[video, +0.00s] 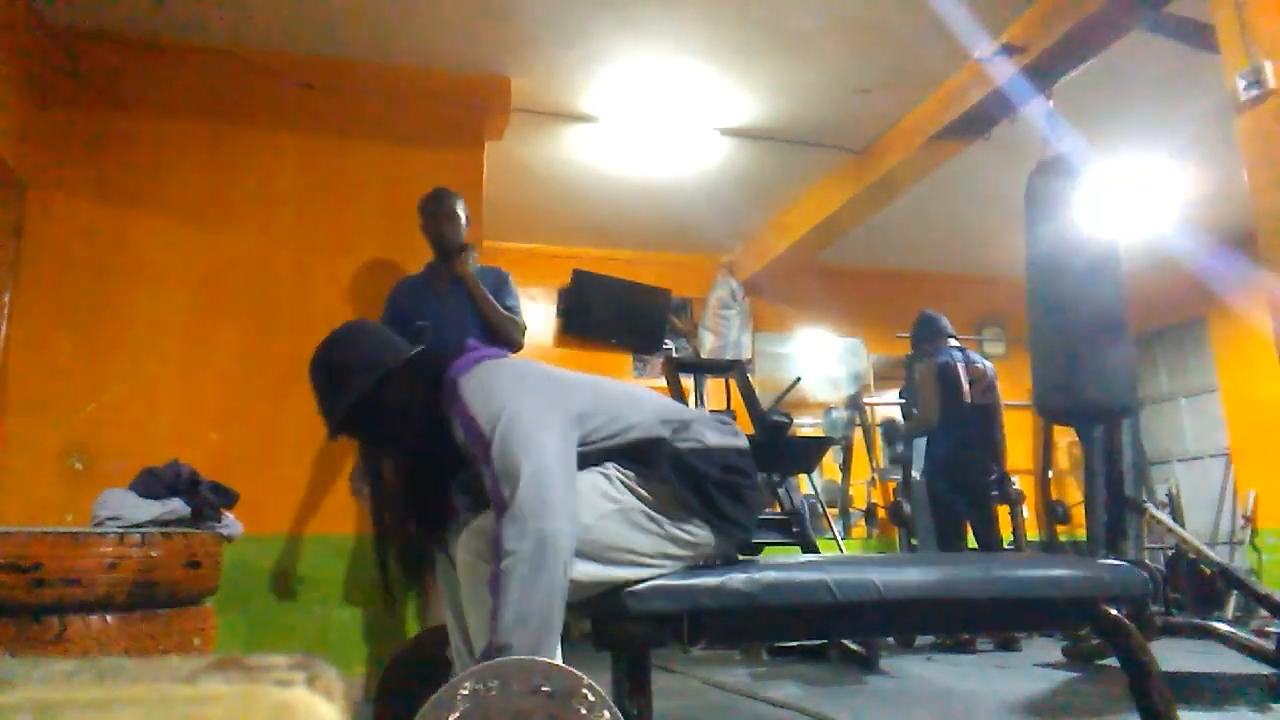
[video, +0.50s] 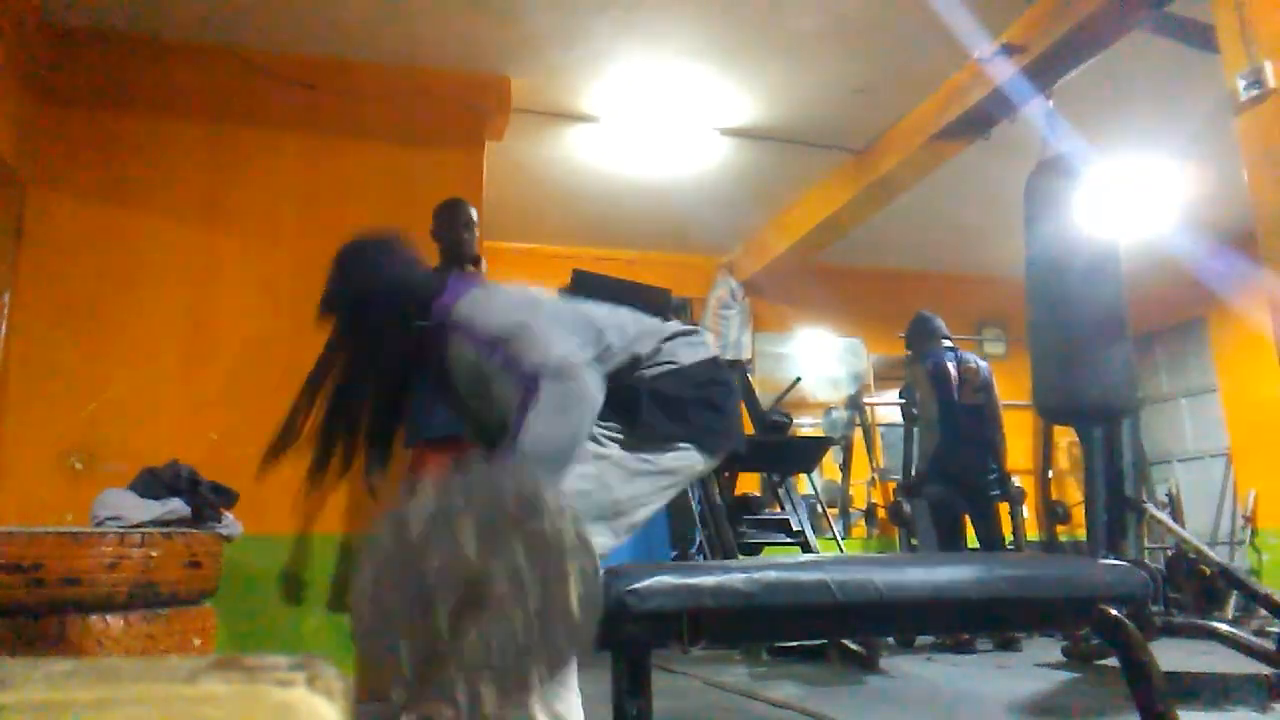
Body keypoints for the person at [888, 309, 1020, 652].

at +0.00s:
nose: (917, 350)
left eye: (916, 344)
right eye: (916, 345)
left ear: (923, 340)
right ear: (950, 334)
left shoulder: (929, 366)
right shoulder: (983, 365)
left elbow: (928, 418)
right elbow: (997, 423)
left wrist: (903, 430)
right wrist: (1001, 466)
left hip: (945, 467)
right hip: (979, 465)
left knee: (951, 546)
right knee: (991, 543)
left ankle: (958, 630)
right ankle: (1004, 627)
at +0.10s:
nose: (917, 350)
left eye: (916, 344)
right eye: (917, 345)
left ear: (921, 340)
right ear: (949, 336)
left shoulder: (927, 367)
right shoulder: (983, 365)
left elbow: (928, 416)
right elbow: (997, 423)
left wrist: (909, 450)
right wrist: (1002, 468)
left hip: (945, 465)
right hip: (980, 464)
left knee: (950, 547)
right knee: (992, 545)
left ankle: (959, 630)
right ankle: (1004, 627)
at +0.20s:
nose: (914, 351)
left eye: (914, 346)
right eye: (914, 346)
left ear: (920, 341)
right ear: (946, 336)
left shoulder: (926, 367)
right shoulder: (981, 366)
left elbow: (928, 419)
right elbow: (997, 423)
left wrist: (910, 466)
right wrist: (1003, 470)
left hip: (944, 469)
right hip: (980, 468)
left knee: (950, 548)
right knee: (993, 547)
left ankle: (959, 630)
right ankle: (1006, 628)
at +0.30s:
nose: (911, 351)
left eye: (911, 345)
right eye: (910, 346)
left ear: (918, 342)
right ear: (945, 336)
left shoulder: (924, 368)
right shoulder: (980, 365)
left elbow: (928, 421)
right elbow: (996, 421)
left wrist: (919, 469)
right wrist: (1003, 469)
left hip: (944, 471)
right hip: (980, 469)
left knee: (950, 550)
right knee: (994, 546)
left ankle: (958, 630)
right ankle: (1005, 627)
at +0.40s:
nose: (910, 351)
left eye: (910, 345)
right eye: (909, 346)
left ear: (917, 341)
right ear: (944, 336)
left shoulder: (923, 369)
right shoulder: (978, 365)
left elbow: (929, 422)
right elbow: (995, 420)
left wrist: (920, 471)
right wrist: (1003, 467)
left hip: (943, 471)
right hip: (979, 469)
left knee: (950, 549)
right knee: (993, 545)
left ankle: (959, 630)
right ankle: (1005, 627)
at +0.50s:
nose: (910, 350)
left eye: (910, 344)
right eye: (909, 345)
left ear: (919, 340)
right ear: (945, 335)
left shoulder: (921, 370)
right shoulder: (979, 366)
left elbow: (930, 423)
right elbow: (996, 422)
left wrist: (918, 472)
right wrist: (1004, 470)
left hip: (942, 474)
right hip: (979, 472)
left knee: (950, 550)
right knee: (993, 547)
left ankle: (959, 630)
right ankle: (1005, 627)